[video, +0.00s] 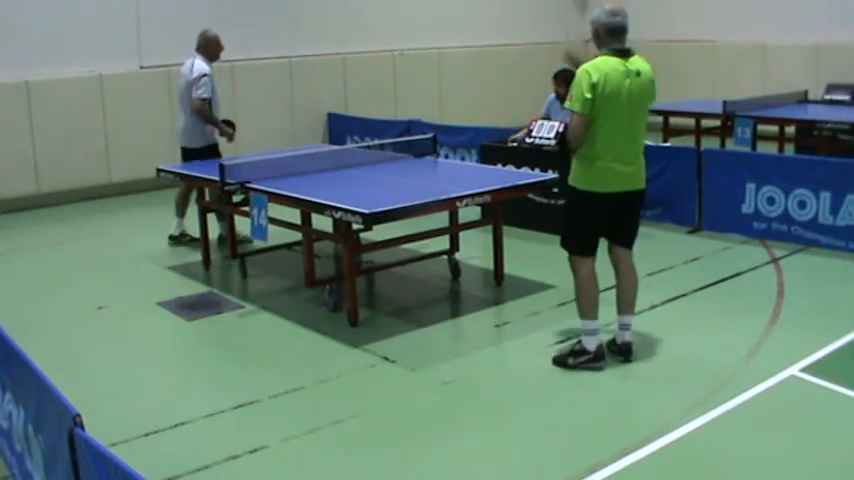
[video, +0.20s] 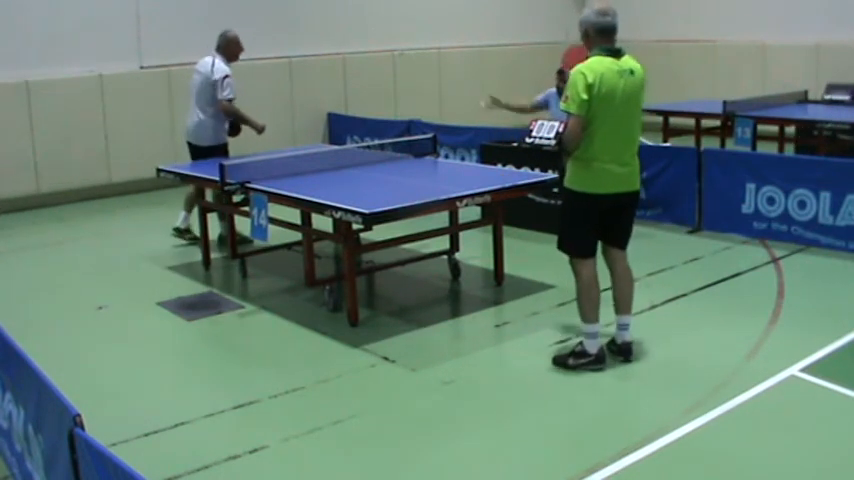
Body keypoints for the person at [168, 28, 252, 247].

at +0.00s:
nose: (221, 49)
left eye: (220, 45)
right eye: (218, 45)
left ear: (201, 47)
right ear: (209, 47)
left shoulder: (190, 66)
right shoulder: (203, 72)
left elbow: (193, 105)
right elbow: (200, 106)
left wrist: (219, 121)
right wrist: (221, 128)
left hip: (188, 139)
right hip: (203, 140)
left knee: (187, 183)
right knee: (218, 188)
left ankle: (179, 229)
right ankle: (227, 231)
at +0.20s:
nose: (241, 51)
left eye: (240, 47)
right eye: (238, 47)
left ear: (222, 46)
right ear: (228, 47)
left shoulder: (205, 63)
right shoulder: (221, 72)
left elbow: (207, 100)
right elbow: (225, 105)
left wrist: (229, 120)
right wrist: (253, 123)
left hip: (195, 136)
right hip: (212, 138)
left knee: (200, 184)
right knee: (222, 188)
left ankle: (182, 224)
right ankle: (228, 231)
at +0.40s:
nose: (252, 52)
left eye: (251, 48)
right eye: (249, 48)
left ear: (232, 47)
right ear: (237, 48)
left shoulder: (214, 62)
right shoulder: (231, 70)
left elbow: (212, 99)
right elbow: (242, 106)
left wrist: (230, 121)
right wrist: (273, 119)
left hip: (199, 133)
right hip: (217, 137)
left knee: (201, 183)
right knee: (224, 187)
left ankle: (187, 223)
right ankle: (227, 231)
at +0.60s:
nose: (256, 54)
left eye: (255, 49)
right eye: (253, 49)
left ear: (236, 49)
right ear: (242, 50)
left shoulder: (219, 63)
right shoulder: (234, 70)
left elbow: (215, 101)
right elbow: (247, 104)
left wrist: (233, 125)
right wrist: (281, 111)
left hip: (201, 132)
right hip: (217, 136)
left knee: (201, 183)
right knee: (225, 187)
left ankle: (186, 224)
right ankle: (228, 232)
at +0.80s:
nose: (252, 55)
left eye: (252, 50)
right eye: (249, 50)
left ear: (234, 49)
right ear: (237, 50)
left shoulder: (218, 63)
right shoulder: (229, 71)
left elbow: (214, 102)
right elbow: (239, 103)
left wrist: (232, 124)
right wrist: (273, 114)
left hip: (202, 134)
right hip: (216, 137)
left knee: (202, 184)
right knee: (225, 187)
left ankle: (186, 225)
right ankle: (228, 232)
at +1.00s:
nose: (239, 56)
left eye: (239, 52)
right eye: (237, 52)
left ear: (224, 50)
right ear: (226, 51)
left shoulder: (211, 65)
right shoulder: (217, 71)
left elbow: (211, 106)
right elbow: (216, 100)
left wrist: (232, 125)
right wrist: (247, 115)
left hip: (201, 135)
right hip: (211, 137)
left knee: (202, 184)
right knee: (223, 187)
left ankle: (187, 227)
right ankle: (228, 232)